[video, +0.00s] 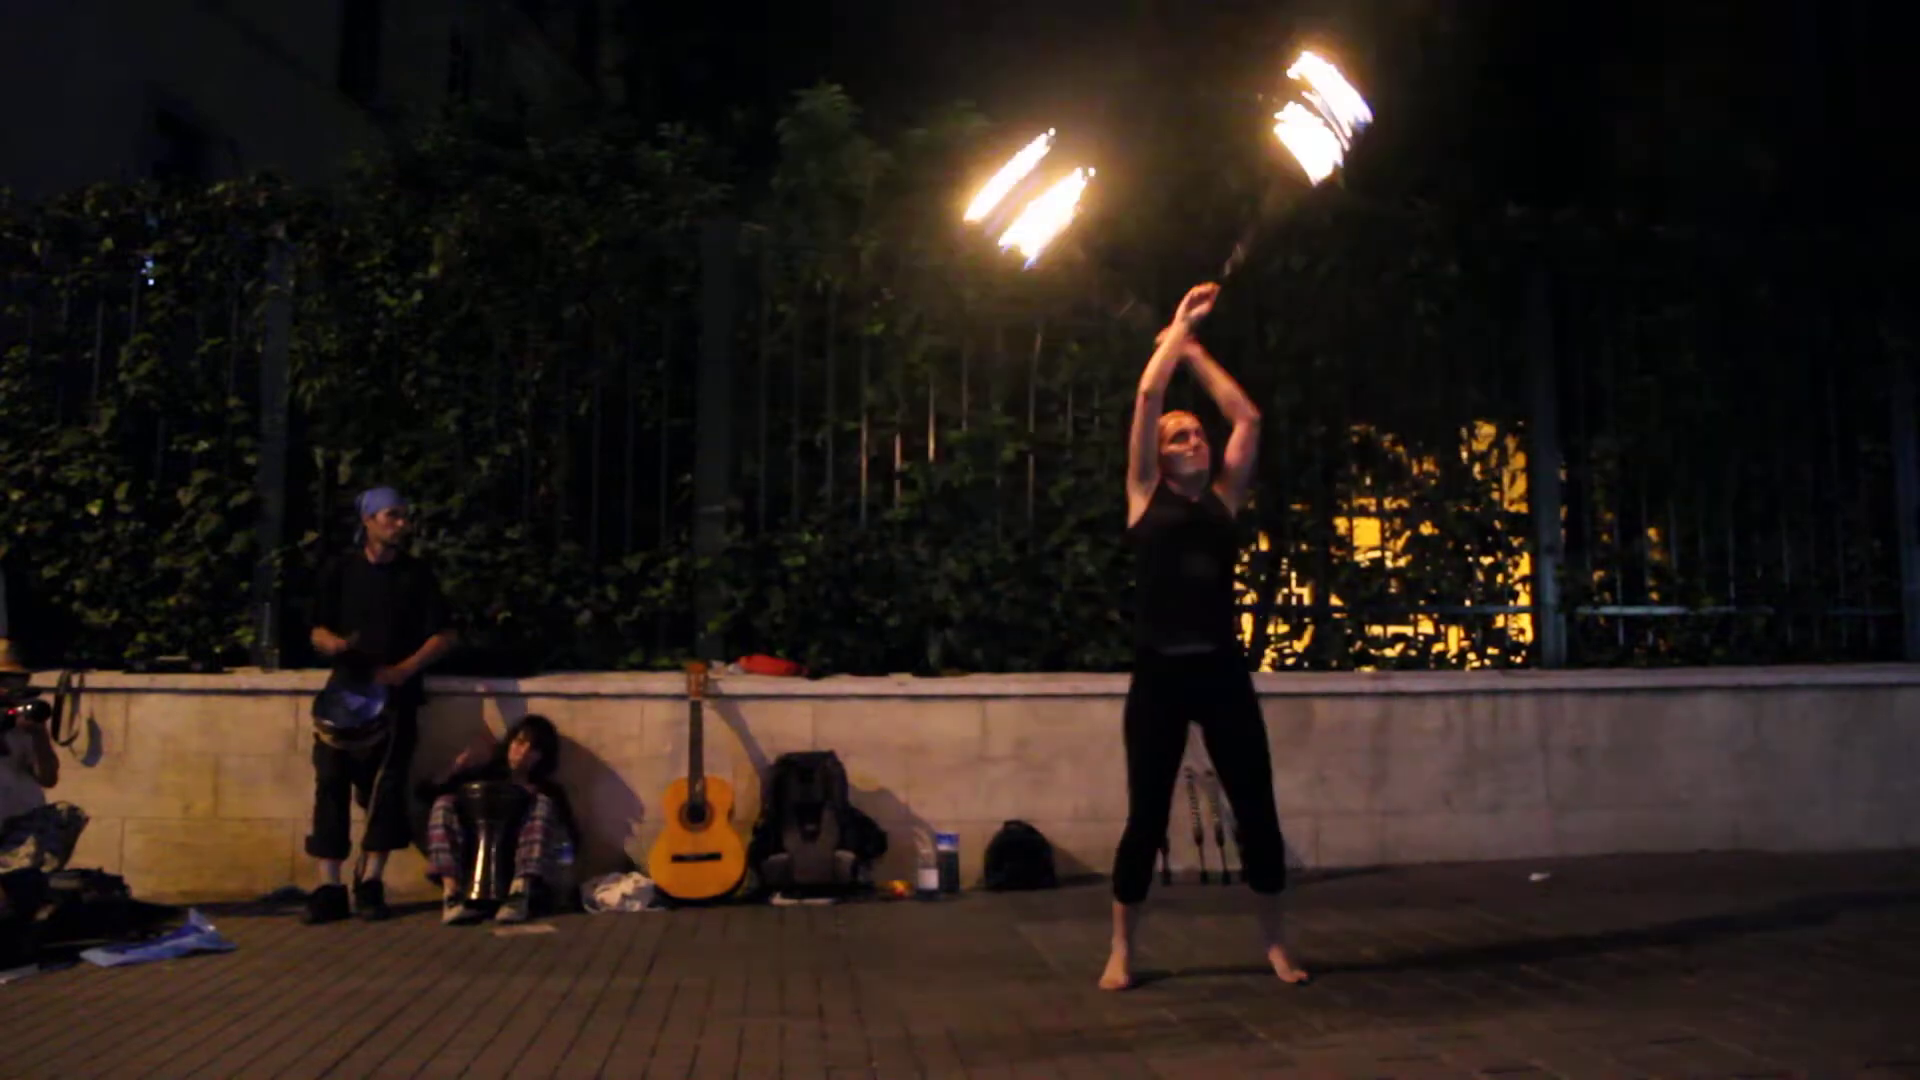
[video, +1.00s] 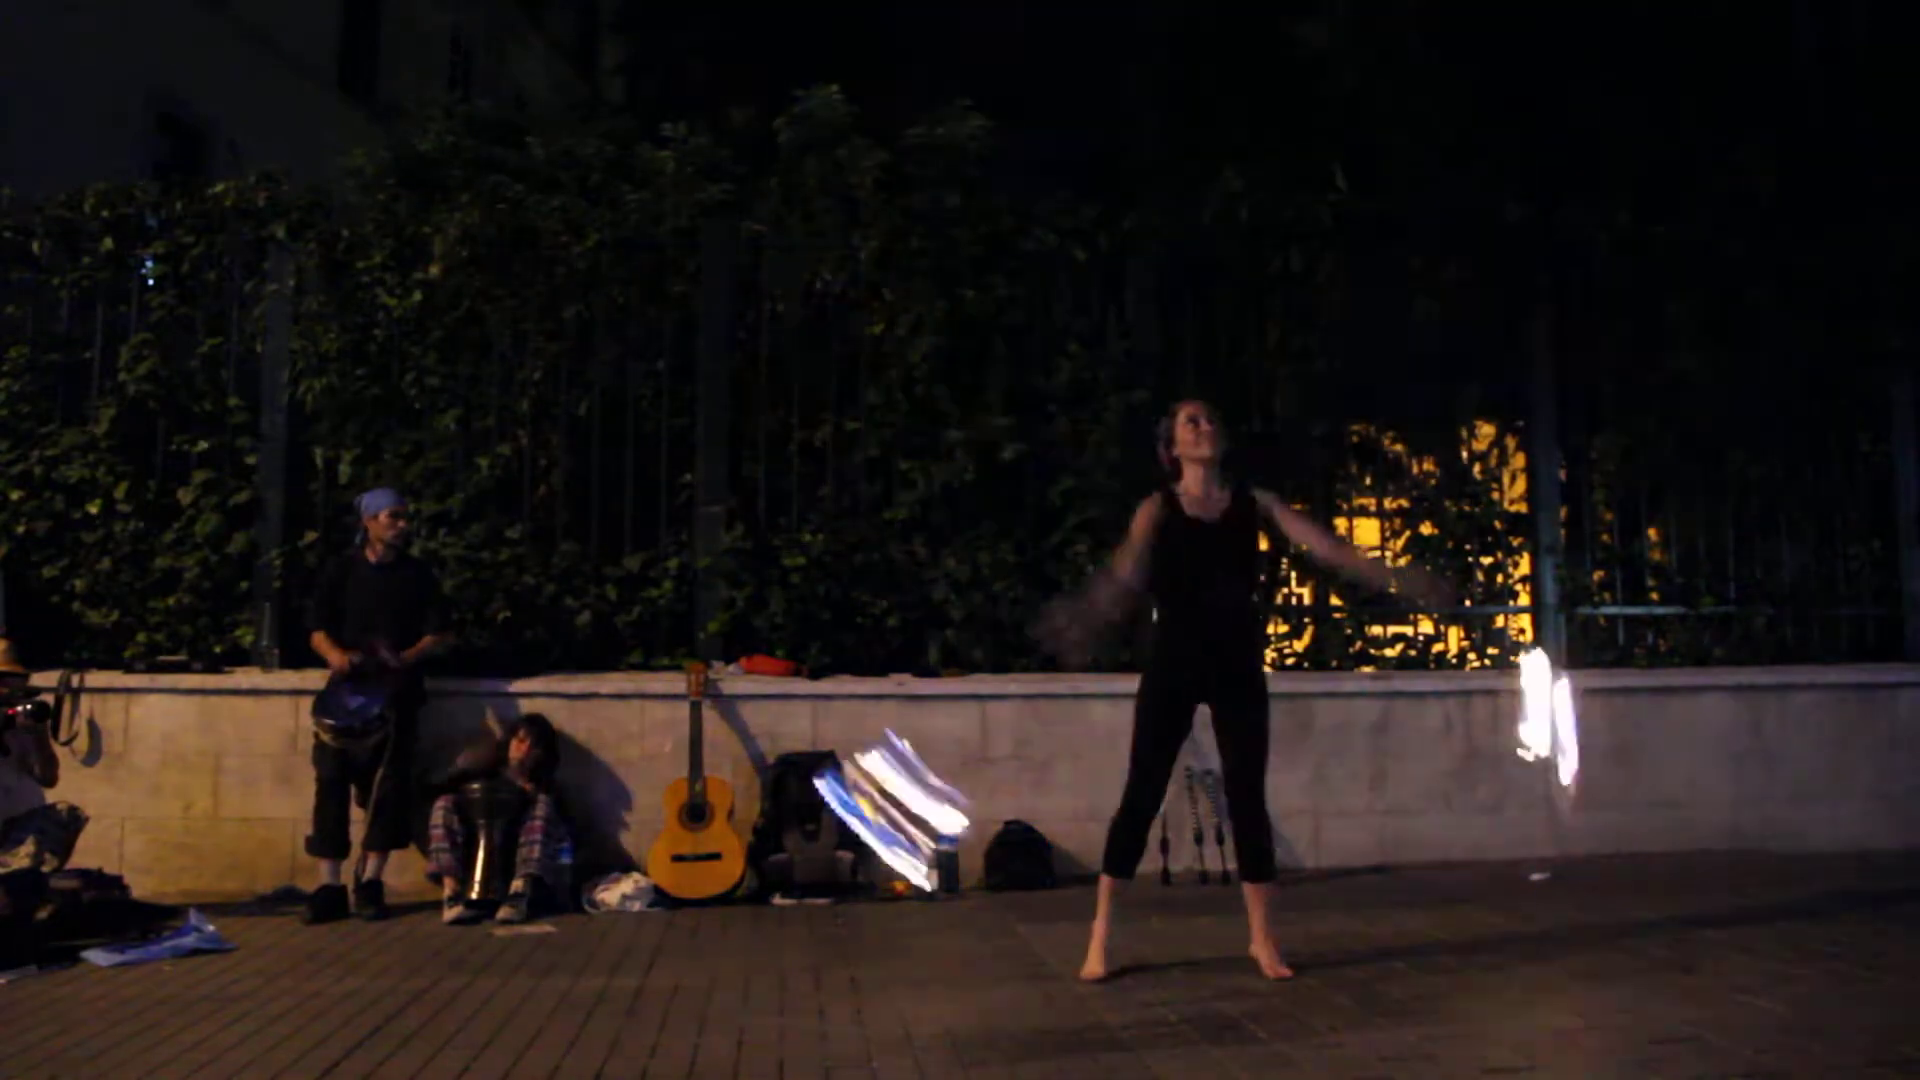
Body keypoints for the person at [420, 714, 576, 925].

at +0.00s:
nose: (523, 752)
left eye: (533, 748)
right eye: (520, 742)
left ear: (541, 757)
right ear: (509, 743)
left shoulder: (549, 790)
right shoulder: (481, 775)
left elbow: (567, 843)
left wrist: (535, 799)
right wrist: (456, 770)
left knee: (542, 806)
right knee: (444, 804)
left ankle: (520, 892)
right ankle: (450, 893)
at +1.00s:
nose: (524, 749)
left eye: (532, 745)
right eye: (520, 740)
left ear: (541, 754)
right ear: (509, 742)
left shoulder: (546, 790)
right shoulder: (484, 774)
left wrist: (535, 797)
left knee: (542, 806)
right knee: (444, 804)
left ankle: (521, 891)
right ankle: (451, 892)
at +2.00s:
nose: (517, 757)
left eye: (523, 748)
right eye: (511, 749)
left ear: (536, 752)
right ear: (498, 752)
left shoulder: (545, 786)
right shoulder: (478, 777)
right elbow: (430, 787)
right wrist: (466, 750)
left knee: (541, 804)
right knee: (443, 804)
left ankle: (521, 891)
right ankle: (451, 892)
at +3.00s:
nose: (527, 751)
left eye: (531, 744)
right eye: (518, 744)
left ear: (539, 749)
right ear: (498, 746)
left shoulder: (547, 786)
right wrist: (470, 754)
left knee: (541, 804)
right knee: (443, 804)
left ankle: (521, 893)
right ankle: (451, 893)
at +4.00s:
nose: (509, 751)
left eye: (517, 744)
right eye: (502, 744)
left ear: (531, 750)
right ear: (491, 748)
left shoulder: (549, 788)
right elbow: (450, 772)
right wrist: (490, 748)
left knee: (543, 806)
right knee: (444, 805)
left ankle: (521, 892)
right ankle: (452, 893)